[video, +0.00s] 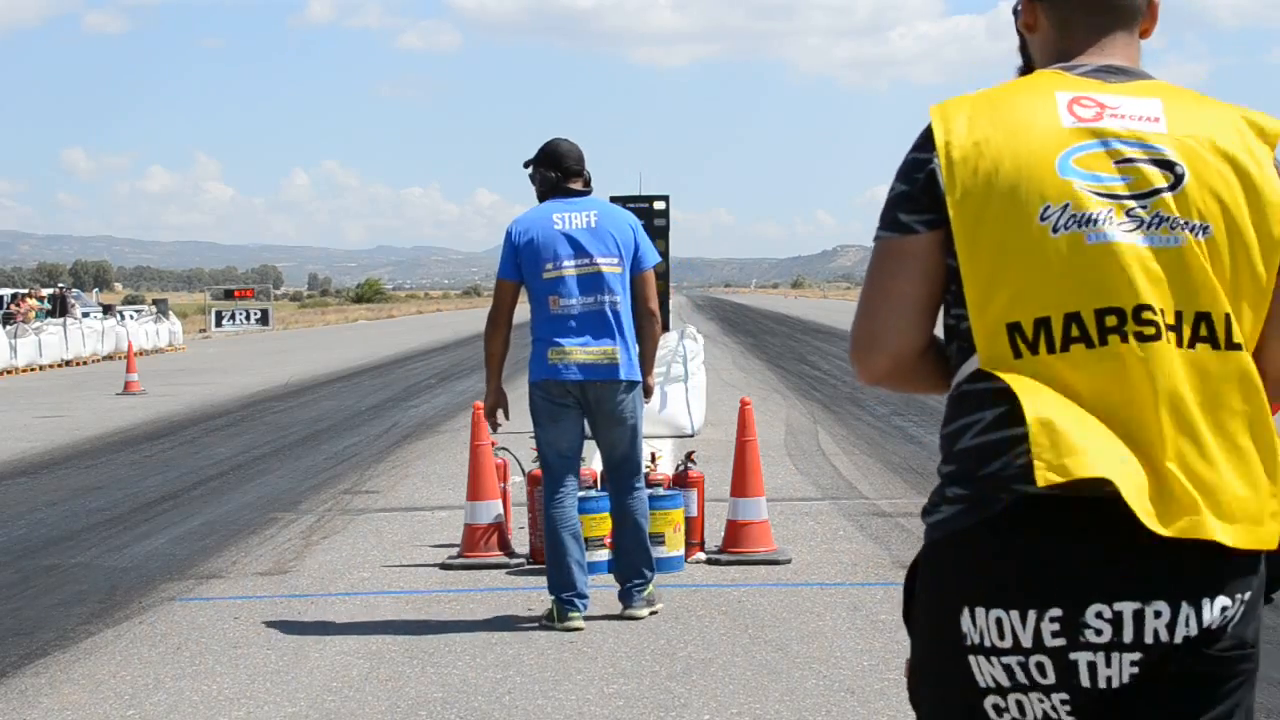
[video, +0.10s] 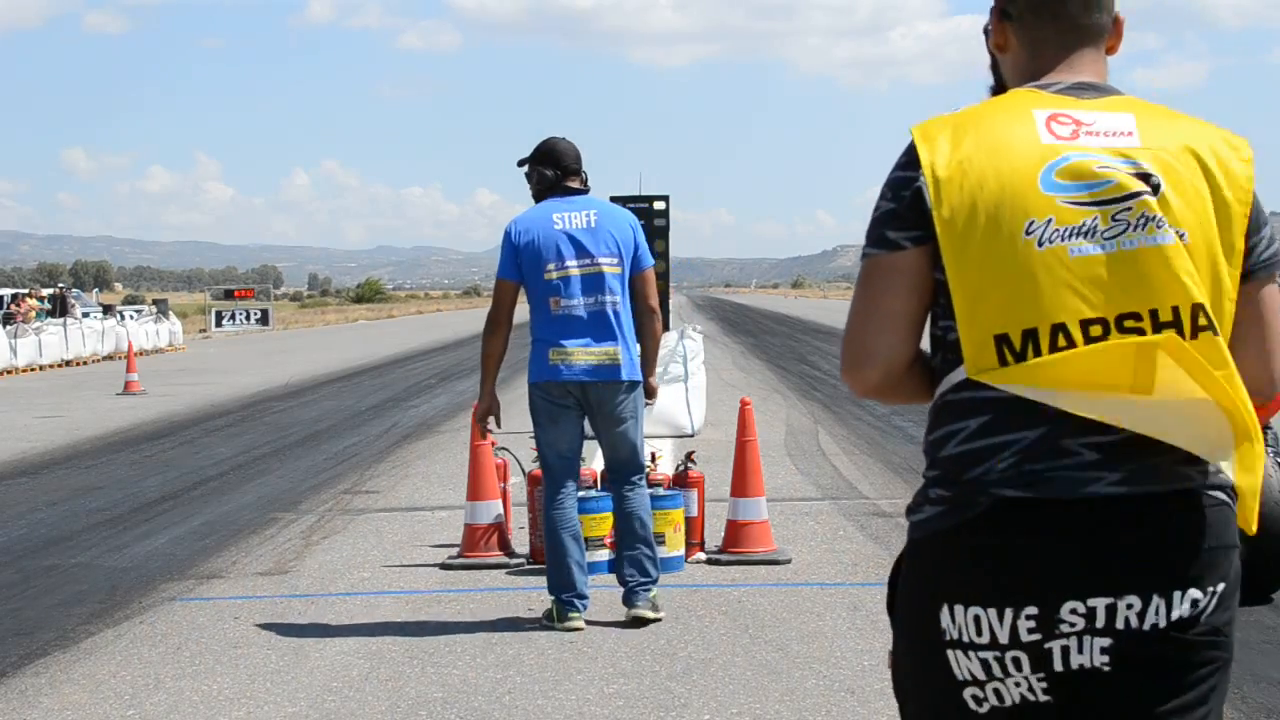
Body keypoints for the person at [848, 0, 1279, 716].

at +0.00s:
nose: (1019, 27)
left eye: (1017, 19)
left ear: (1026, 16)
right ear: (1152, 17)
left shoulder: (960, 132)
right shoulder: (1259, 145)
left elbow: (881, 354)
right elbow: (1270, 379)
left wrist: (999, 361)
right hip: (1207, 584)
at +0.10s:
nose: (988, 57)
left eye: (988, 40)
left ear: (997, 31)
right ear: (1116, 32)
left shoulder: (941, 149)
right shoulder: (1220, 154)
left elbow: (871, 368)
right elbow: (1261, 374)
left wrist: (982, 373)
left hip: (986, 531)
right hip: (1178, 536)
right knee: (1176, 704)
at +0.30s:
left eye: (914, 71)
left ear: (922, 71)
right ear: (1032, 66)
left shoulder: (871, 183)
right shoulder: (1127, 178)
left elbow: (815, 381)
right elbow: (1172, 375)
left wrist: (912, 363)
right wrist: (1063, 361)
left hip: (921, 552)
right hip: (1091, 549)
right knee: (1093, 708)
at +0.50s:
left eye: (856, 66)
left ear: (861, 67)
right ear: (963, 62)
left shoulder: (809, 173)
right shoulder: (1042, 163)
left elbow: (756, 350)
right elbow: (1099, 340)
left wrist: (850, 329)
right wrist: (1000, 335)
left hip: (873, 497)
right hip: (1021, 508)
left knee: (872, 706)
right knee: (1000, 707)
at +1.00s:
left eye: (823, 91)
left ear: (825, 97)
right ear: (910, 103)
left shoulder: (766, 185)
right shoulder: (966, 202)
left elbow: (714, 329)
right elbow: (990, 353)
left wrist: (792, 299)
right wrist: (915, 309)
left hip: (798, 482)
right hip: (922, 488)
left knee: (795, 691)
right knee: (887, 681)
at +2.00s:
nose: (868, 210)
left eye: (865, 202)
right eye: (868, 203)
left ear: (799, 198)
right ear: (860, 206)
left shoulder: (738, 247)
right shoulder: (876, 254)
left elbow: (730, 339)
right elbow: (904, 361)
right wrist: (860, 323)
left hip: (739, 450)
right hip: (836, 456)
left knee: (748, 585)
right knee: (841, 593)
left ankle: (756, 702)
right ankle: (814, 715)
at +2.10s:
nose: (876, 235)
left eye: (872, 227)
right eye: (876, 227)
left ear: (809, 221)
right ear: (869, 229)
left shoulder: (749, 264)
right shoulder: (879, 272)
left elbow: (730, 361)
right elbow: (907, 377)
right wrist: (872, 325)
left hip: (738, 450)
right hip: (831, 454)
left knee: (763, 569)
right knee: (850, 587)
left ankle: (748, 708)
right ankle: (815, 715)